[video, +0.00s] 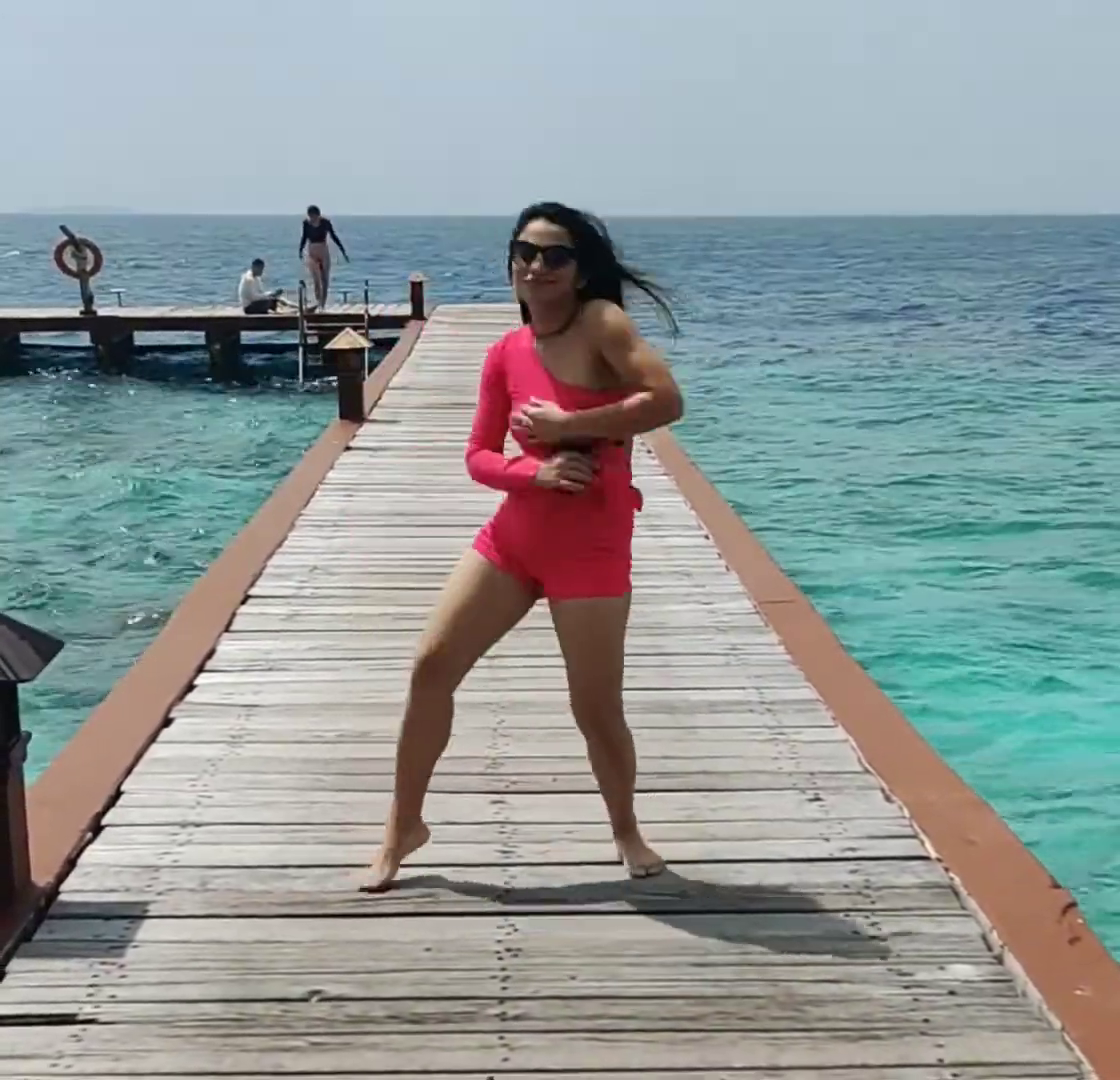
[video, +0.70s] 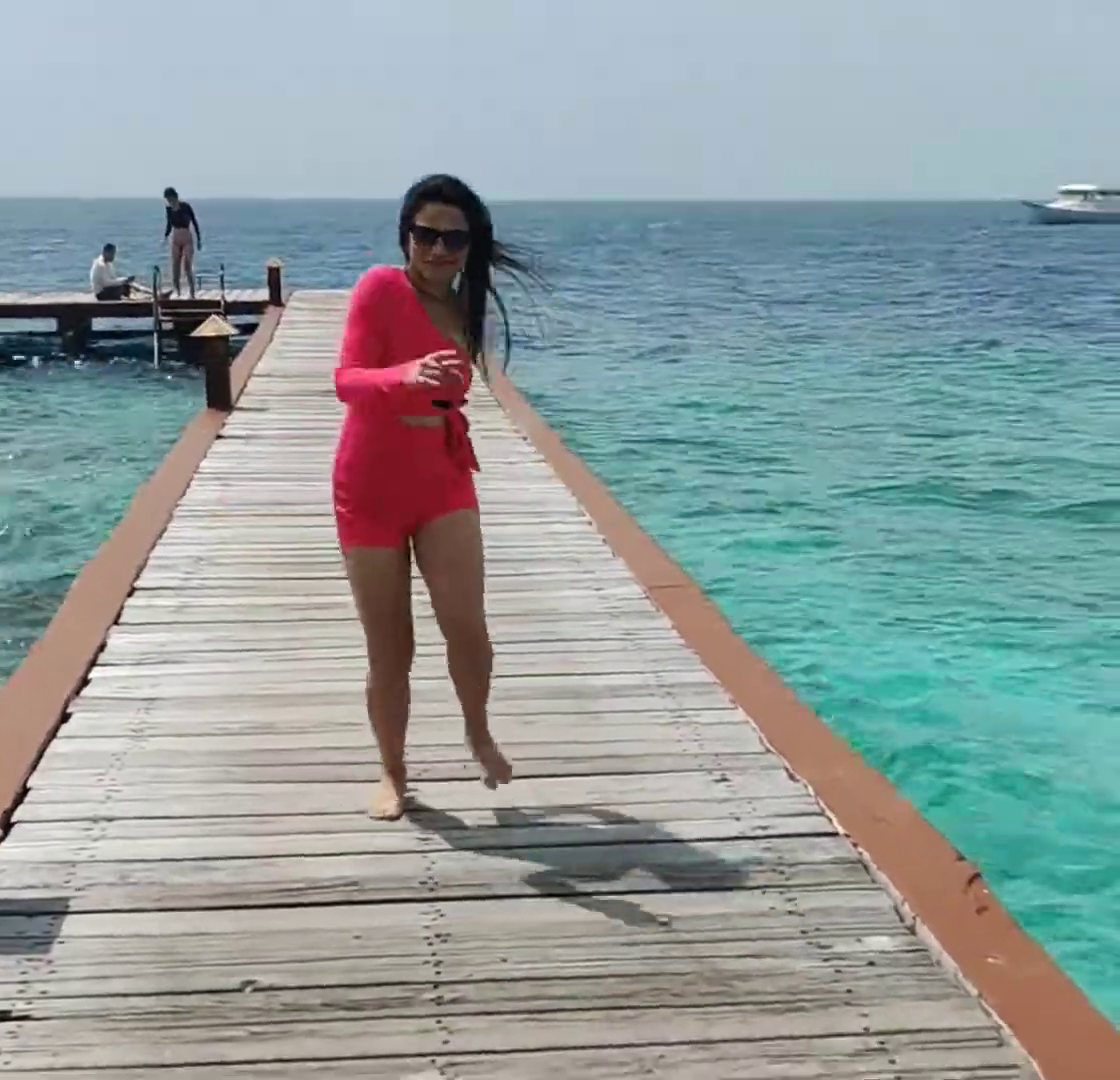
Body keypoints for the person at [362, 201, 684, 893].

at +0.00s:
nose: (538, 264)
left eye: (555, 254)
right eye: (525, 253)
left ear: (583, 265)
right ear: (511, 265)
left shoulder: (603, 324)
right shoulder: (507, 352)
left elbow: (667, 401)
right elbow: (480, 458)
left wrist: (571, 425)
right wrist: (535, 471)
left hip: (590, 545)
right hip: (515, 535)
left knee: (597, 710)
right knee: (431, 671)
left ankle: (626, 831)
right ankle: (405, 823)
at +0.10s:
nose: (558, 244)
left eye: (577, 236)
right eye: (545, 231)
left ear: (600, 250)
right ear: (528, 241)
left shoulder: (620, 307)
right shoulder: (509, 332)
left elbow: (707, 370)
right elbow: (470, 425)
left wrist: (628, 431)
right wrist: (487, 474)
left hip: (604, 530)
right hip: (524, 524)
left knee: (605, 698)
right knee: (445, 660)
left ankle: (631, 830)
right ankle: (435, 802)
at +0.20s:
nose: (562, 244)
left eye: (582, 236)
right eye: (552, 229)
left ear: (604, 250)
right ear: (534, 236)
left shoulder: (628, 314)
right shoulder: (500, 324)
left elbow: (719, 375)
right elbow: (452, 408)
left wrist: (705, 460)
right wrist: (433, 486)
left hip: (611, 524)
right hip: (525, 521)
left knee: (617, 694)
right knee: (470, 688)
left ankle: (633, 826)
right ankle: (463, 777)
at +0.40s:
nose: (540, 306)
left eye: (556, 295)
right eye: (527, 292)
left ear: (577, 306)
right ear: (510, 298)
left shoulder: (588, 389)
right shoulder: (470, 366)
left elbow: (649, 476)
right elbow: (401, 440)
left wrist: (730, 533)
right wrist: (324, 499)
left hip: (585, 556)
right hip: (506, 566)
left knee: (601, 709)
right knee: (515, 734)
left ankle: (607, 832)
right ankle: (468, 775)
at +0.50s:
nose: (503, 285)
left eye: (520, 277)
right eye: (491, 272)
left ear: (537, 288)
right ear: (470, 275)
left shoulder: (544, 371)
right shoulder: (425, 347)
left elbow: (553, 471)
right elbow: (386, 449)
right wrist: (346, 543)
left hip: (532, 537)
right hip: (449, 540)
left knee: (557, 680)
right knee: (462, 705)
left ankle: (583, 826)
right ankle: (440, 781)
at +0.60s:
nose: (464, 266)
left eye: (480, 256)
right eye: (452, 252)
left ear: (499, 265)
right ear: (431, 253)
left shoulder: (496, 335)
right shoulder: (395, 321)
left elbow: (477, 418)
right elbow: (367, 415)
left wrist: (489, 471)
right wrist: (399, 472)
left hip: (478, 499)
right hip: (400, 504)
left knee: (513, 655)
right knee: (416, 675)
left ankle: (541, 792)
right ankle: (412, 777)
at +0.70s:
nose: (438, 251)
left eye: (454, 240)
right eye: (426, 237)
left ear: (472, 245)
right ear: (406, 236)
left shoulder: (464, 307)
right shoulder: (379, 289)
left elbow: (448, 390)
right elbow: (346, 379)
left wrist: (451, 427)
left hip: (444, 482)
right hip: (369, 488)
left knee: (468, 629)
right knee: (391, 652)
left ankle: (478, 731)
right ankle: (393, 776)